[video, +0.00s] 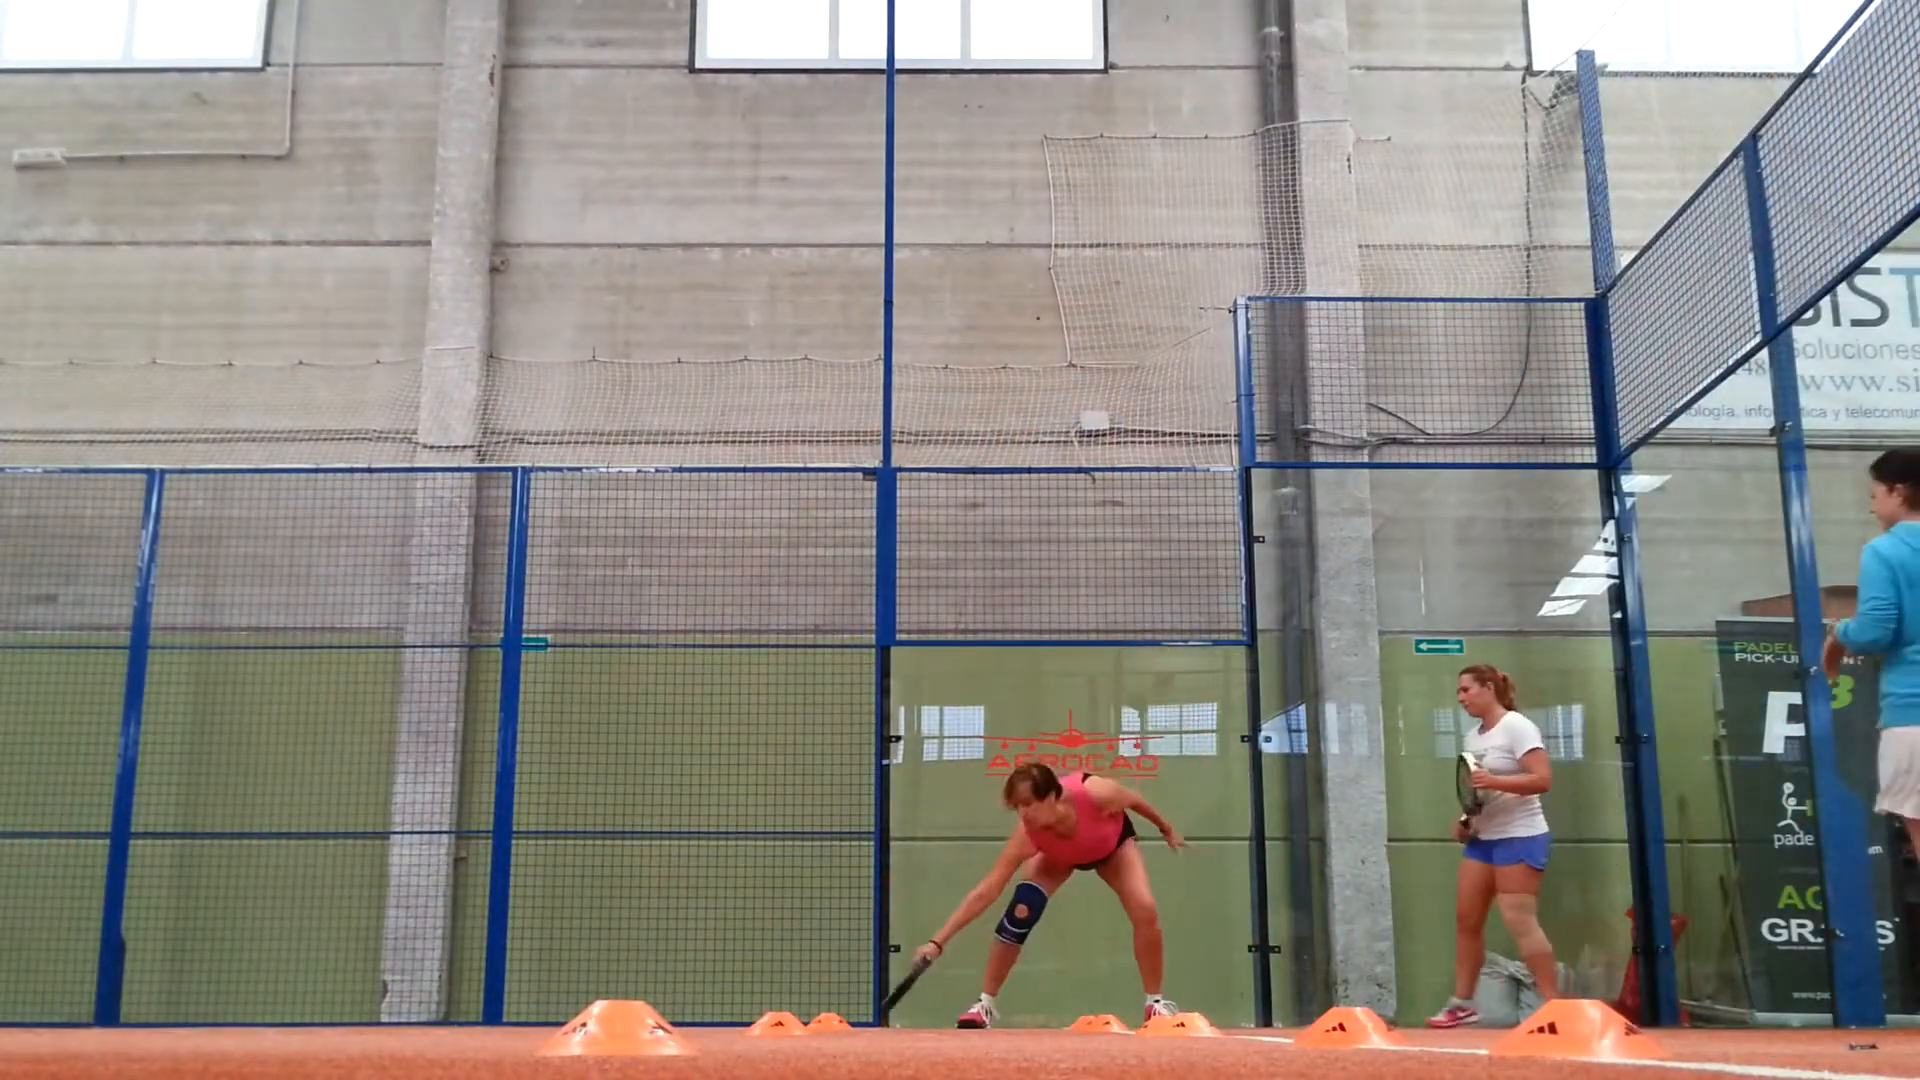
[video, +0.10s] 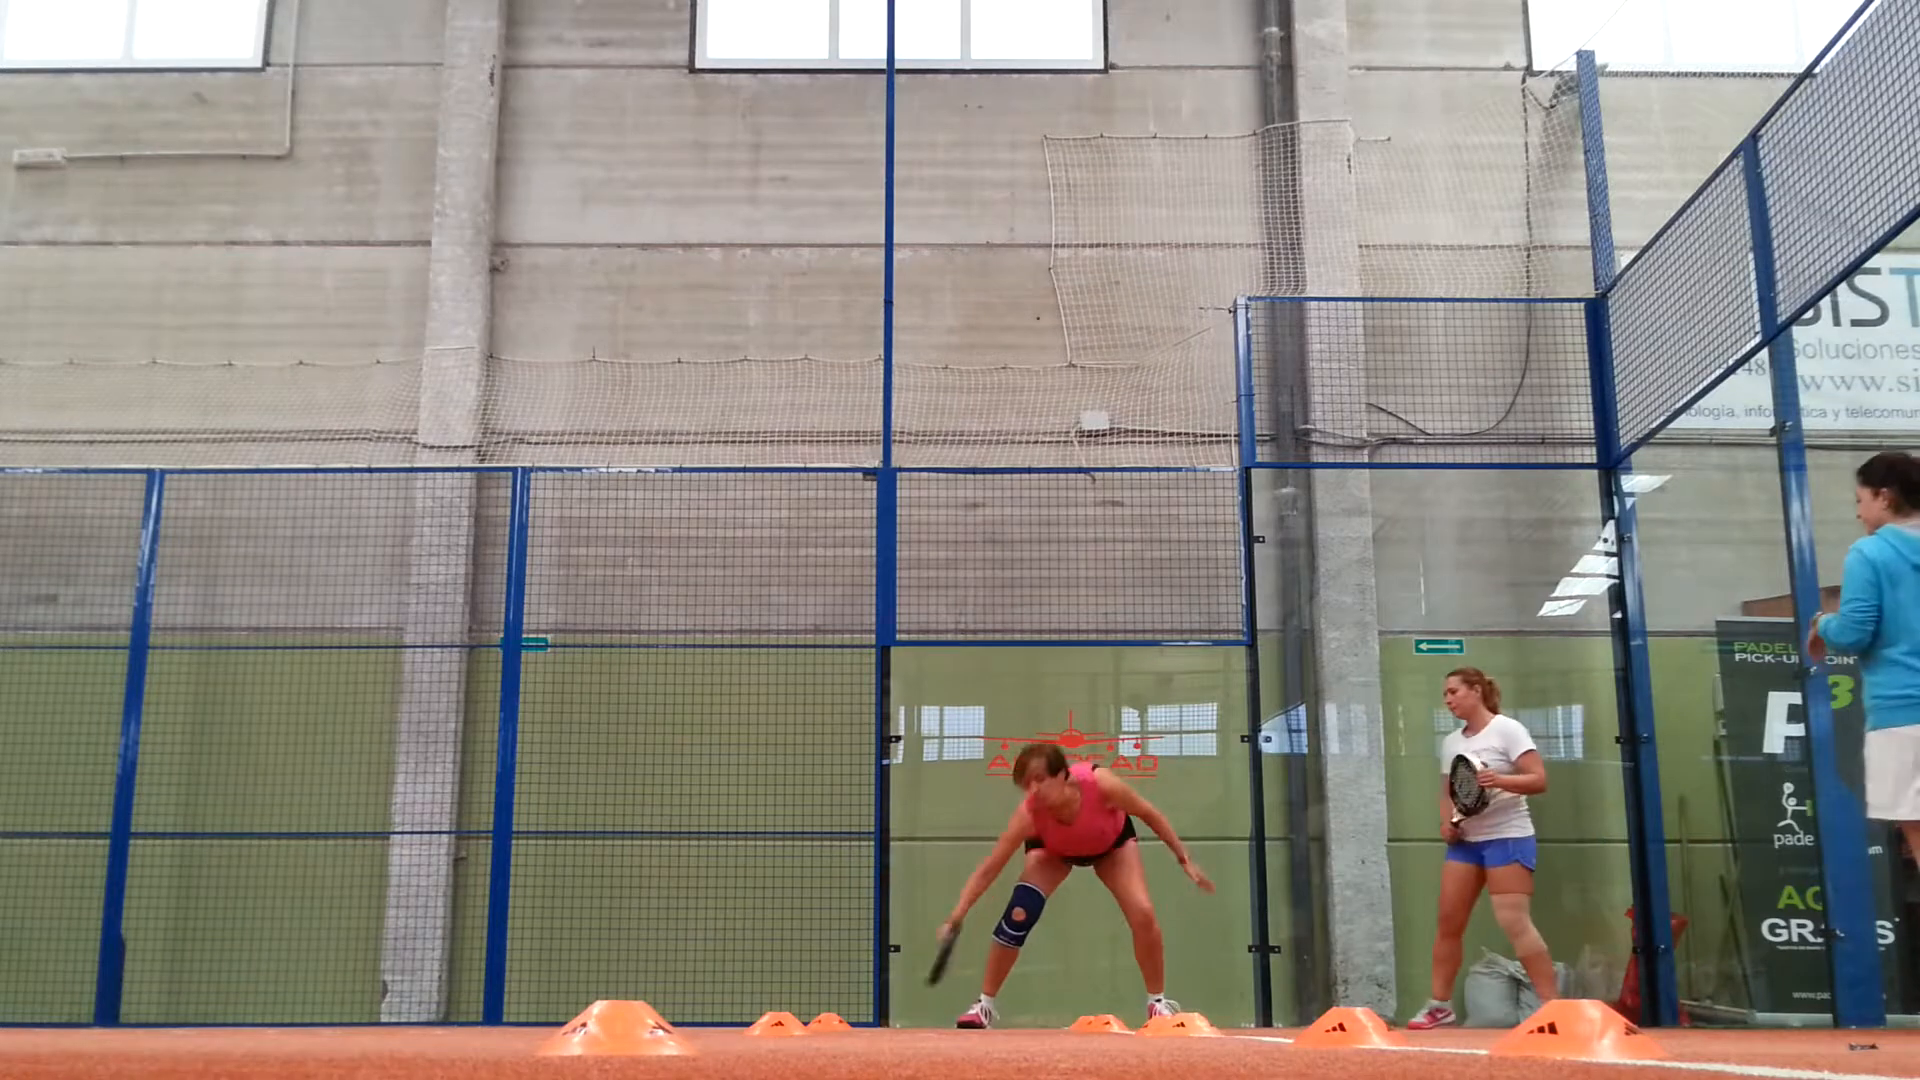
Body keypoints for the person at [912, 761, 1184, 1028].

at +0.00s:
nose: (1023, 815)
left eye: (1028, 806)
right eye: (1019, 808)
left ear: (1053, 798)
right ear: (1018, 807)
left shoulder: (1097, 793)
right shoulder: (1027, 835)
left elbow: (1136, 802)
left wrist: (1167, 829)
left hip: (1111, 846)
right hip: (1056, 855)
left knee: (1146, 910)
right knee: (1020, 912)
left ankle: (1155, 1004)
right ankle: (985, 1005)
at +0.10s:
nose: (1033, 789)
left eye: (1040, 780)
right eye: (1027, 783)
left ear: (1063, 776)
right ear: (1024, 786)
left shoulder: (1101, 784)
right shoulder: (1028, 813)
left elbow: (1150, 815)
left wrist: (1185, 860)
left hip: (1110, 844)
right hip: (1052, 850)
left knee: (1143, 914)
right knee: (1019, 913)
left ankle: (1158, 1003)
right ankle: (984, 1005)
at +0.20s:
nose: (1054, 744)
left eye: (1060, 734)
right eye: (1047, 737)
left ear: (1080, 734)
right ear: (1040, 742)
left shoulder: (1115, 757)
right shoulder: (1043, 771)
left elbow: (1158, 808)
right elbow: (1012, 818)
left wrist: (1167, 862)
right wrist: (996, 862)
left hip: (1122, 835)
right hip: (1064, 835)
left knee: (1146, 915)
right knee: (1026, 911)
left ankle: (1157, 1002)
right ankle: (987, 1004)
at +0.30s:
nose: (1069, 687)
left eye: (1075, 678)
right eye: (1062, 681)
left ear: (1092, 678)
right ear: (1056, 686)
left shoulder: (1125, 711)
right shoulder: (1056, 727)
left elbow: (1162, 768)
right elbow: (1035, 771)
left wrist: (1148, 812)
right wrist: (1033, 811)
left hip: (1138, 809)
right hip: (1086, 810)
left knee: (1145, 907)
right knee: (1046, 898)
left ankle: (1157, 1000)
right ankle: (1014, 997)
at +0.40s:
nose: (1076, 647)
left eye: (1083, 638)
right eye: (1069, 641)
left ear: (1101, 639)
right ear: (1064, 648)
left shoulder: (1137, 677)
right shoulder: (1065, 693)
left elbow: (1175, 734)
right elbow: (1056, 738)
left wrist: (1144, 772)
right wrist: (1059, 773)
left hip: (1149, 786)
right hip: (1096, 789)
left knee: (1146, 892)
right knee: (1069, 880)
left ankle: (1170, 983)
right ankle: (1089, 980)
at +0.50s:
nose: (1085, 633)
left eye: (1092, 624)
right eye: (1078, 628)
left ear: (1111, 628)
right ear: (1072, 636)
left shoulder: (1144, 670)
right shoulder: (1076, 683)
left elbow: (1185, 729)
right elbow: (1077, 733)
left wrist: (1144, 763)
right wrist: (1079, 765)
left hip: (1160, 777)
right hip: (1108, 783)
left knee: (1149, 883)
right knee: (1097, 884)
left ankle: (1206, 974)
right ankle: (1143, 976)